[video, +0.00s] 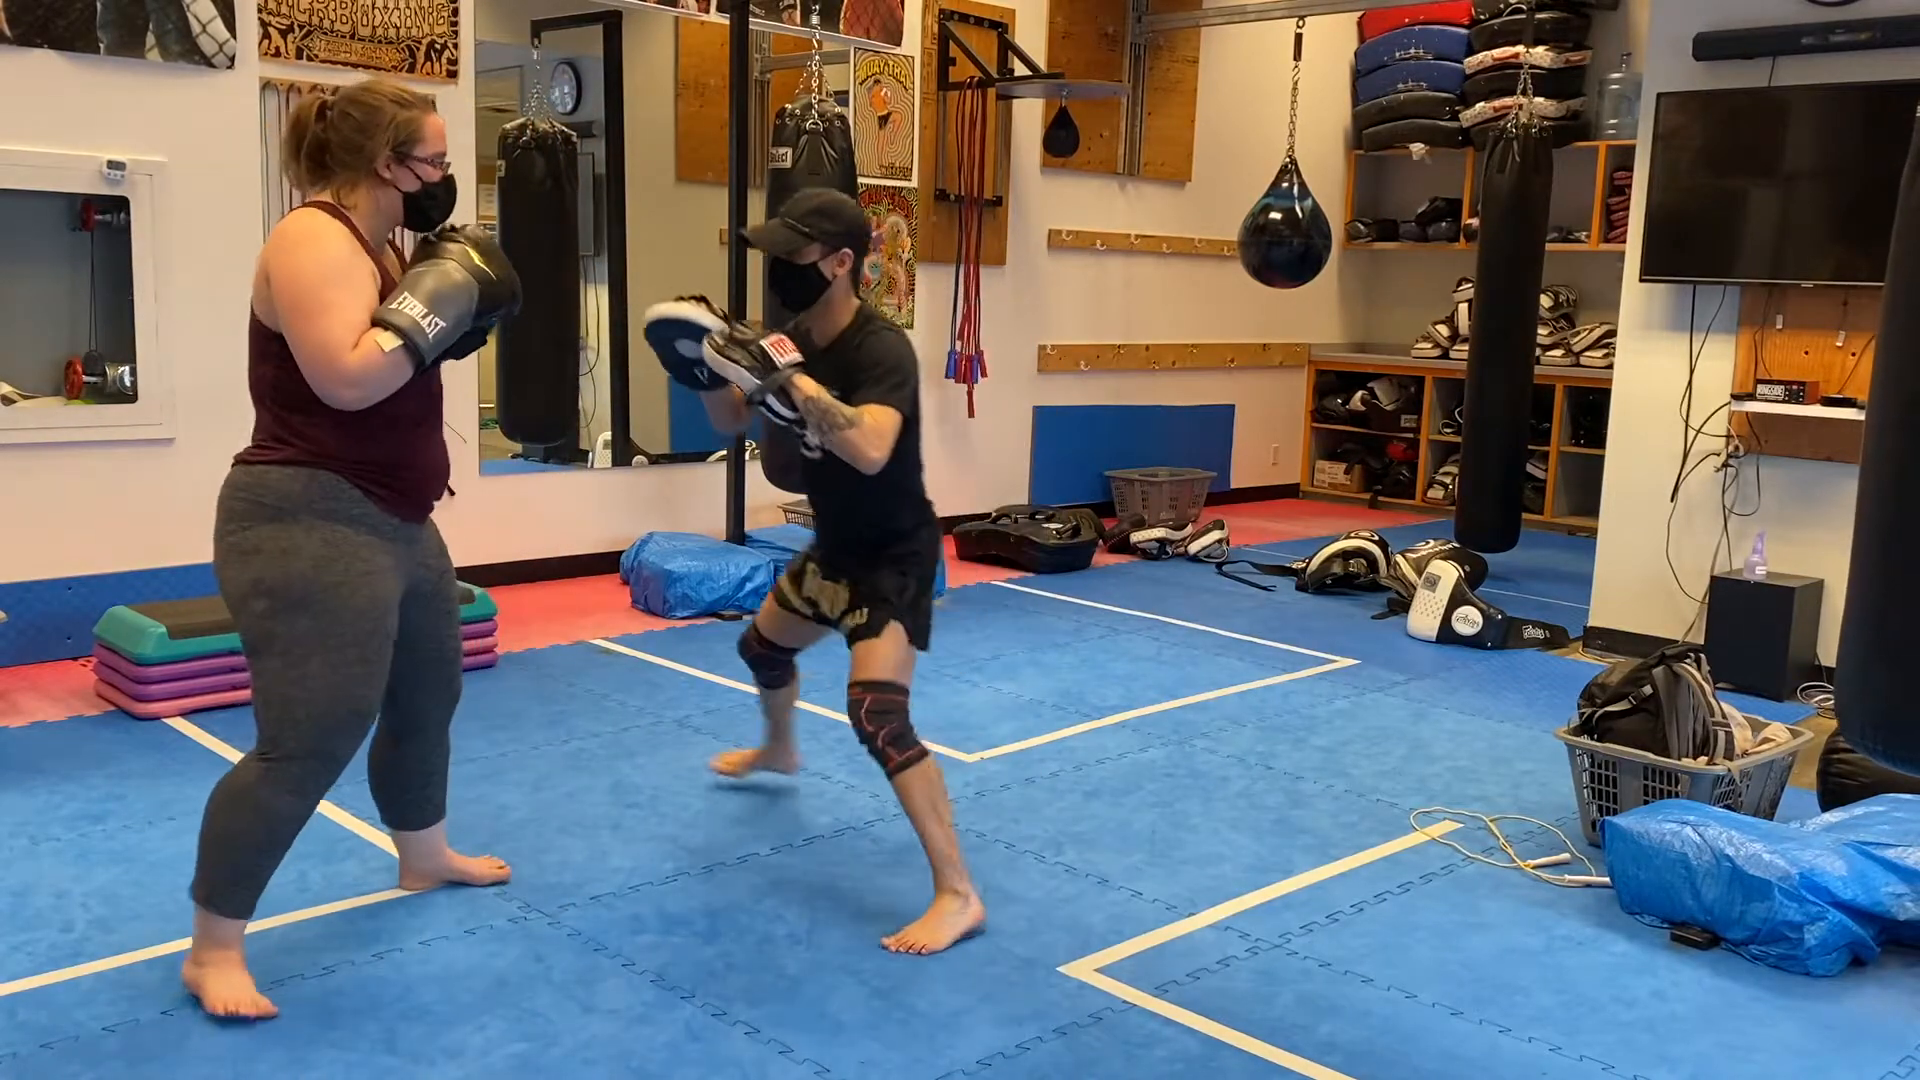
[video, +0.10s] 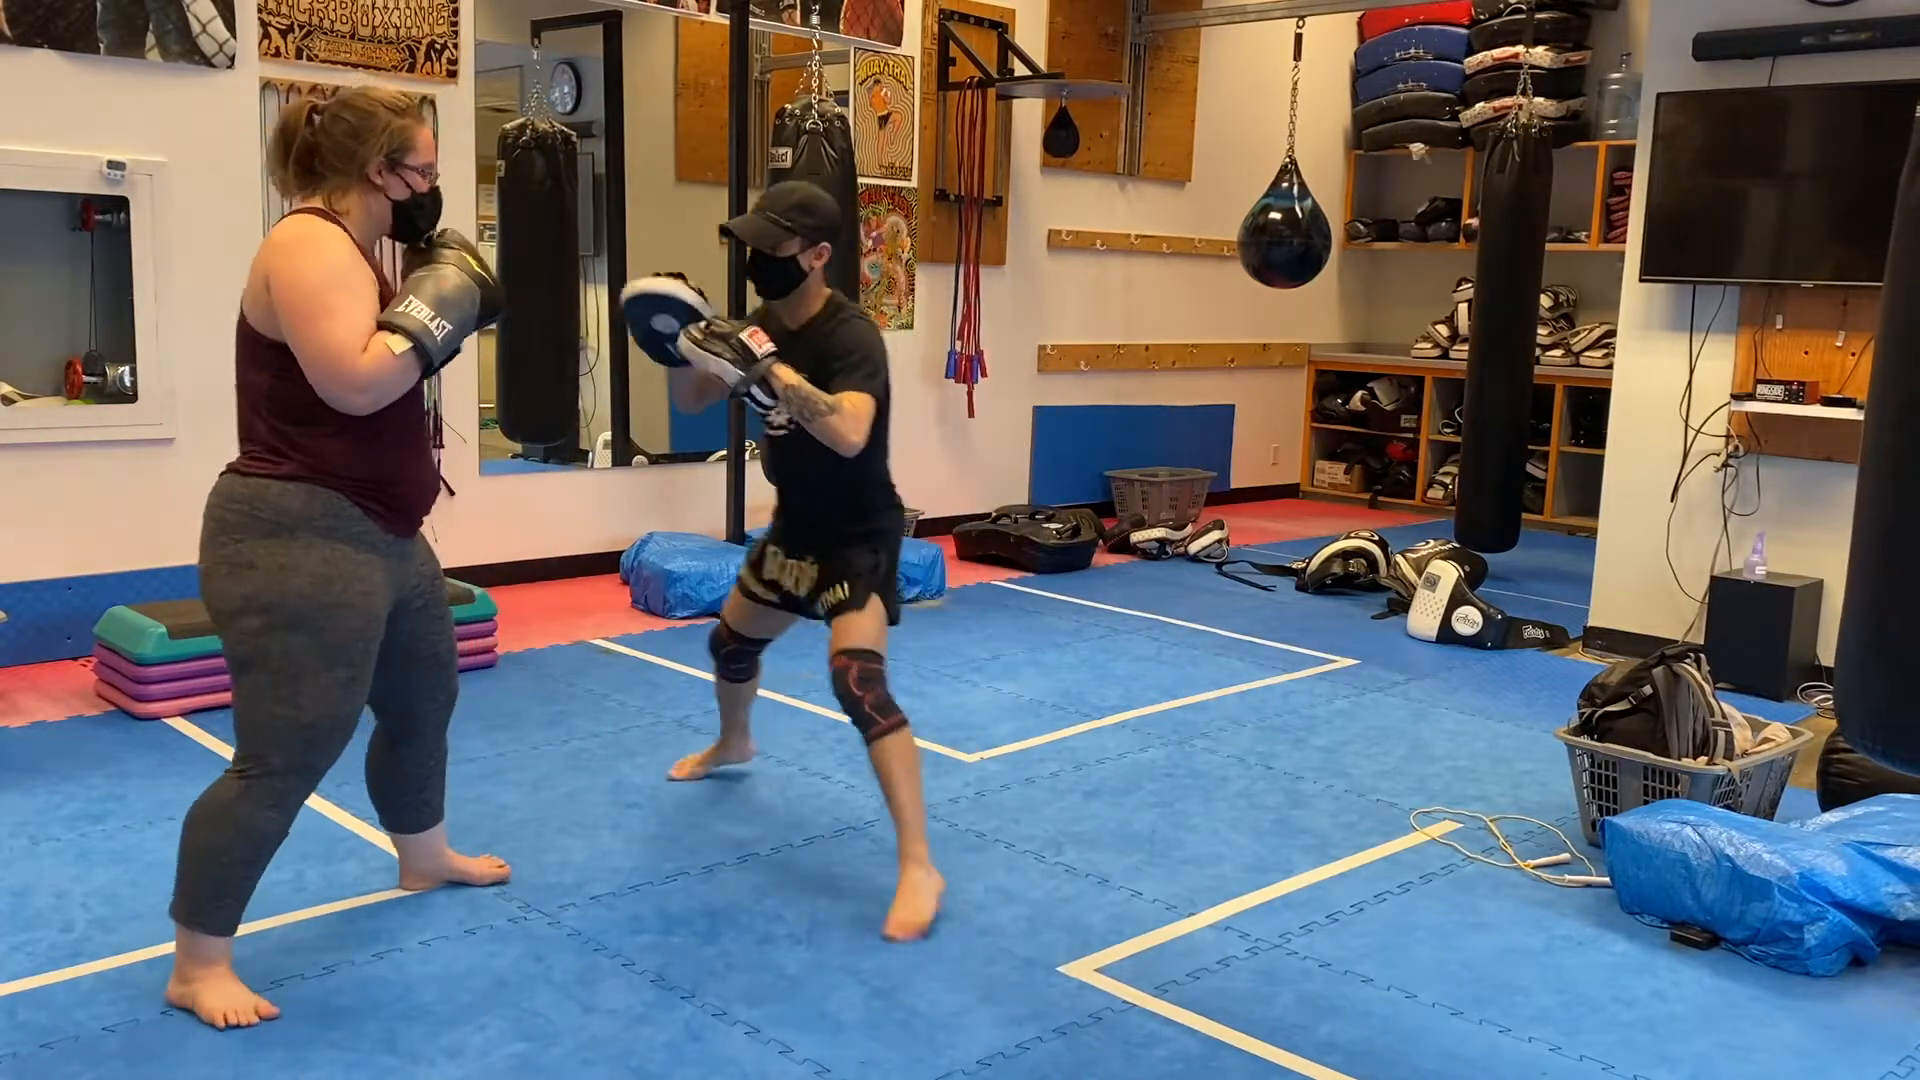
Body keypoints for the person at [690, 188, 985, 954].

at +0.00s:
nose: (775, 270)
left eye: (790, 257)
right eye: (776, 256)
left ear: (842, 262)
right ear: (821, 263)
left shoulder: (884, 349)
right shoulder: (792, 338)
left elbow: (871, 449)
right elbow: (729, 421)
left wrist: (799, 386)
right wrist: (713, 363)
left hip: (896, 548)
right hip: (834, 542)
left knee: (878, 713)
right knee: (766, 647)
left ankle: (958, 893)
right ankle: (780, 751)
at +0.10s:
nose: (757, 260)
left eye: (771, 249)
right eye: (756, 247)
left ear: (817, 254)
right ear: (791, 252)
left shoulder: (854, 337)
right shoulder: (764, 325)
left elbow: (849, 433)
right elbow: (691, 399)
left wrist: (774, 376)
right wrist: (699, 349)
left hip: (862, 526)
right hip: (796, 520)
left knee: (857, 676)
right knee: (733, 645)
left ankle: (917, 863)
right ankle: (735, 744)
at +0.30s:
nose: (716, 282)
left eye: (731, 272)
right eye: (713, 270)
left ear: (772, 275)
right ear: (714, 271)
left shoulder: (804, 350)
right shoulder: (720, 344)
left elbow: (812, 433)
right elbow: (650, 399)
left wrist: (725, 397)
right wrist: (635, 362)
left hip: (825, 537)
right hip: (755, 534)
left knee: (790, 661)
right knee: (683, 649)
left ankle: (839, 810)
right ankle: (735, 751)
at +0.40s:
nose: (705, 277)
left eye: (719, 267)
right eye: (703, 265)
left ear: (761, 272)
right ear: (703, 267)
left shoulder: (788, 346)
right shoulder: (717, 339)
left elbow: (798, 426)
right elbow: (656, 388)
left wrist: (700, 393)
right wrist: (633, 374)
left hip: (820, 531)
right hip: (753, 527)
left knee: (787, 659)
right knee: (679, 639)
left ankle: (841, 813)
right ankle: (735, 750)